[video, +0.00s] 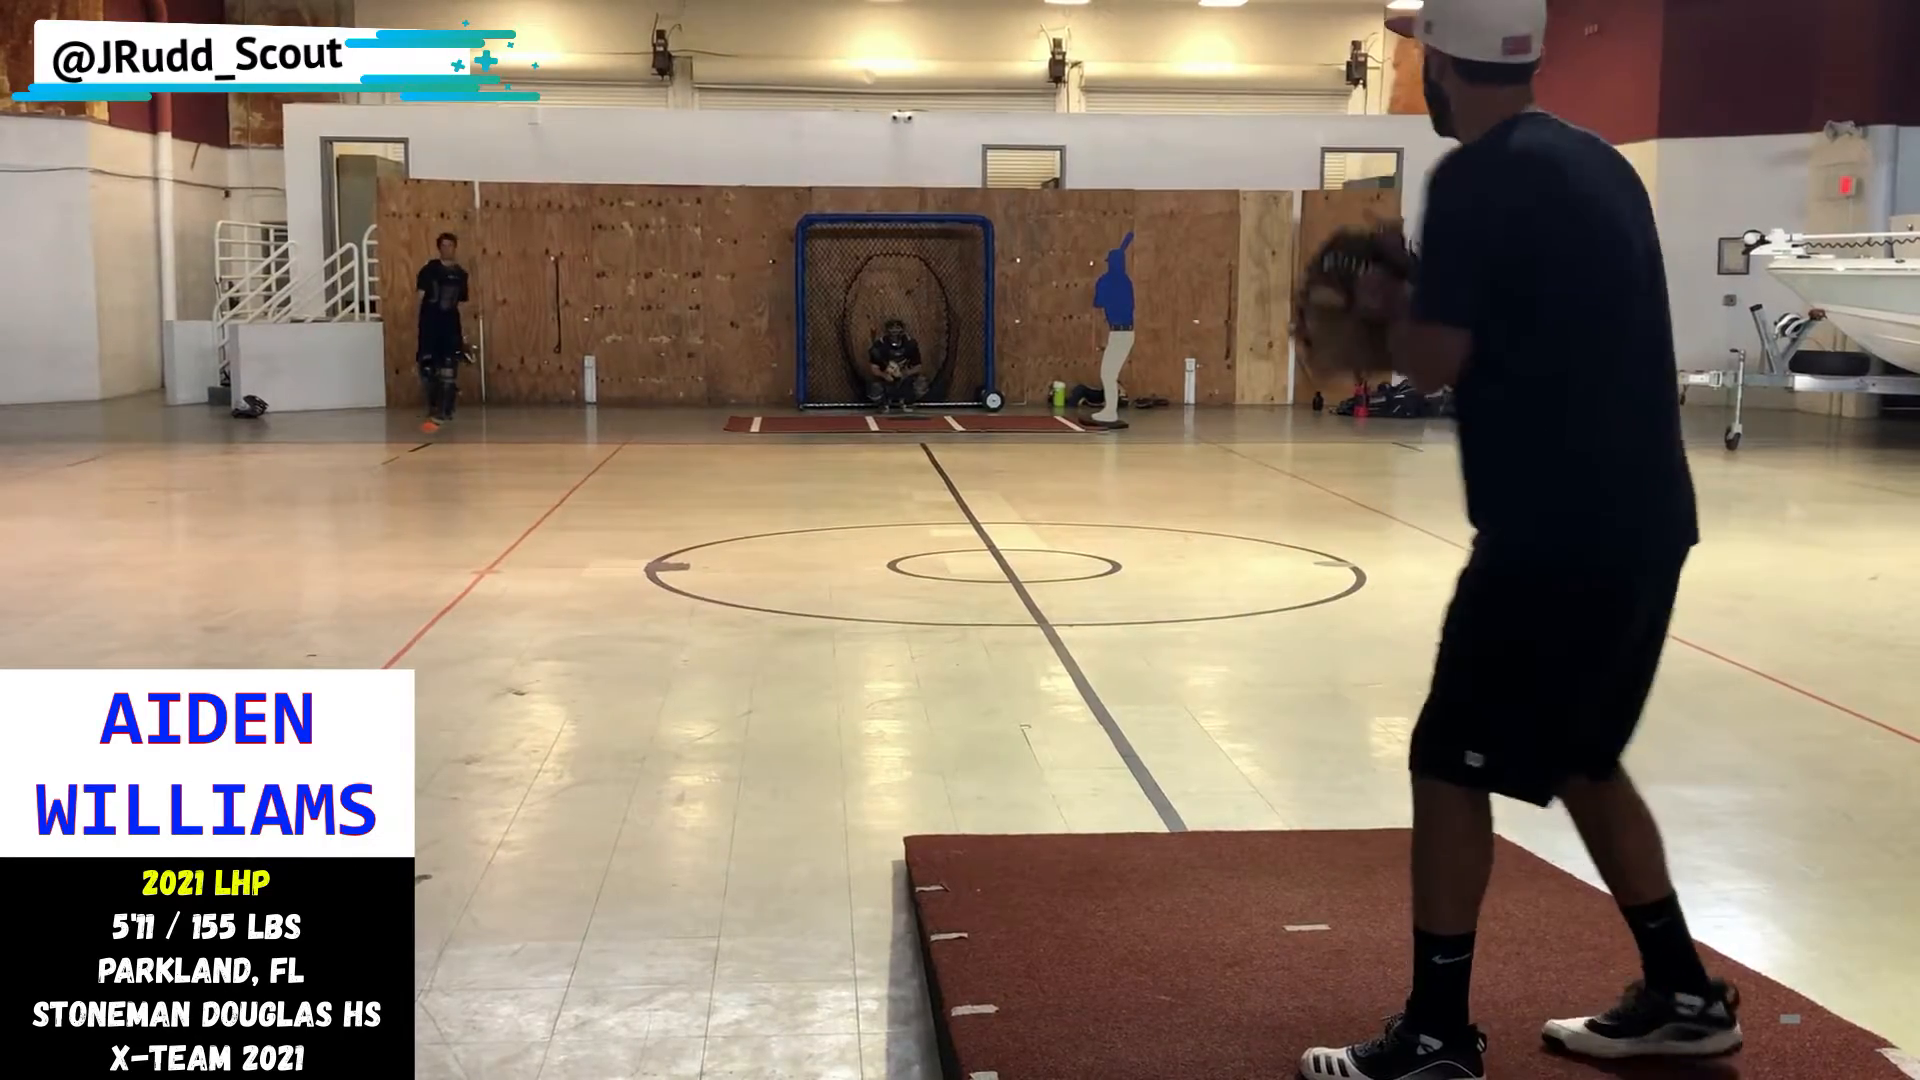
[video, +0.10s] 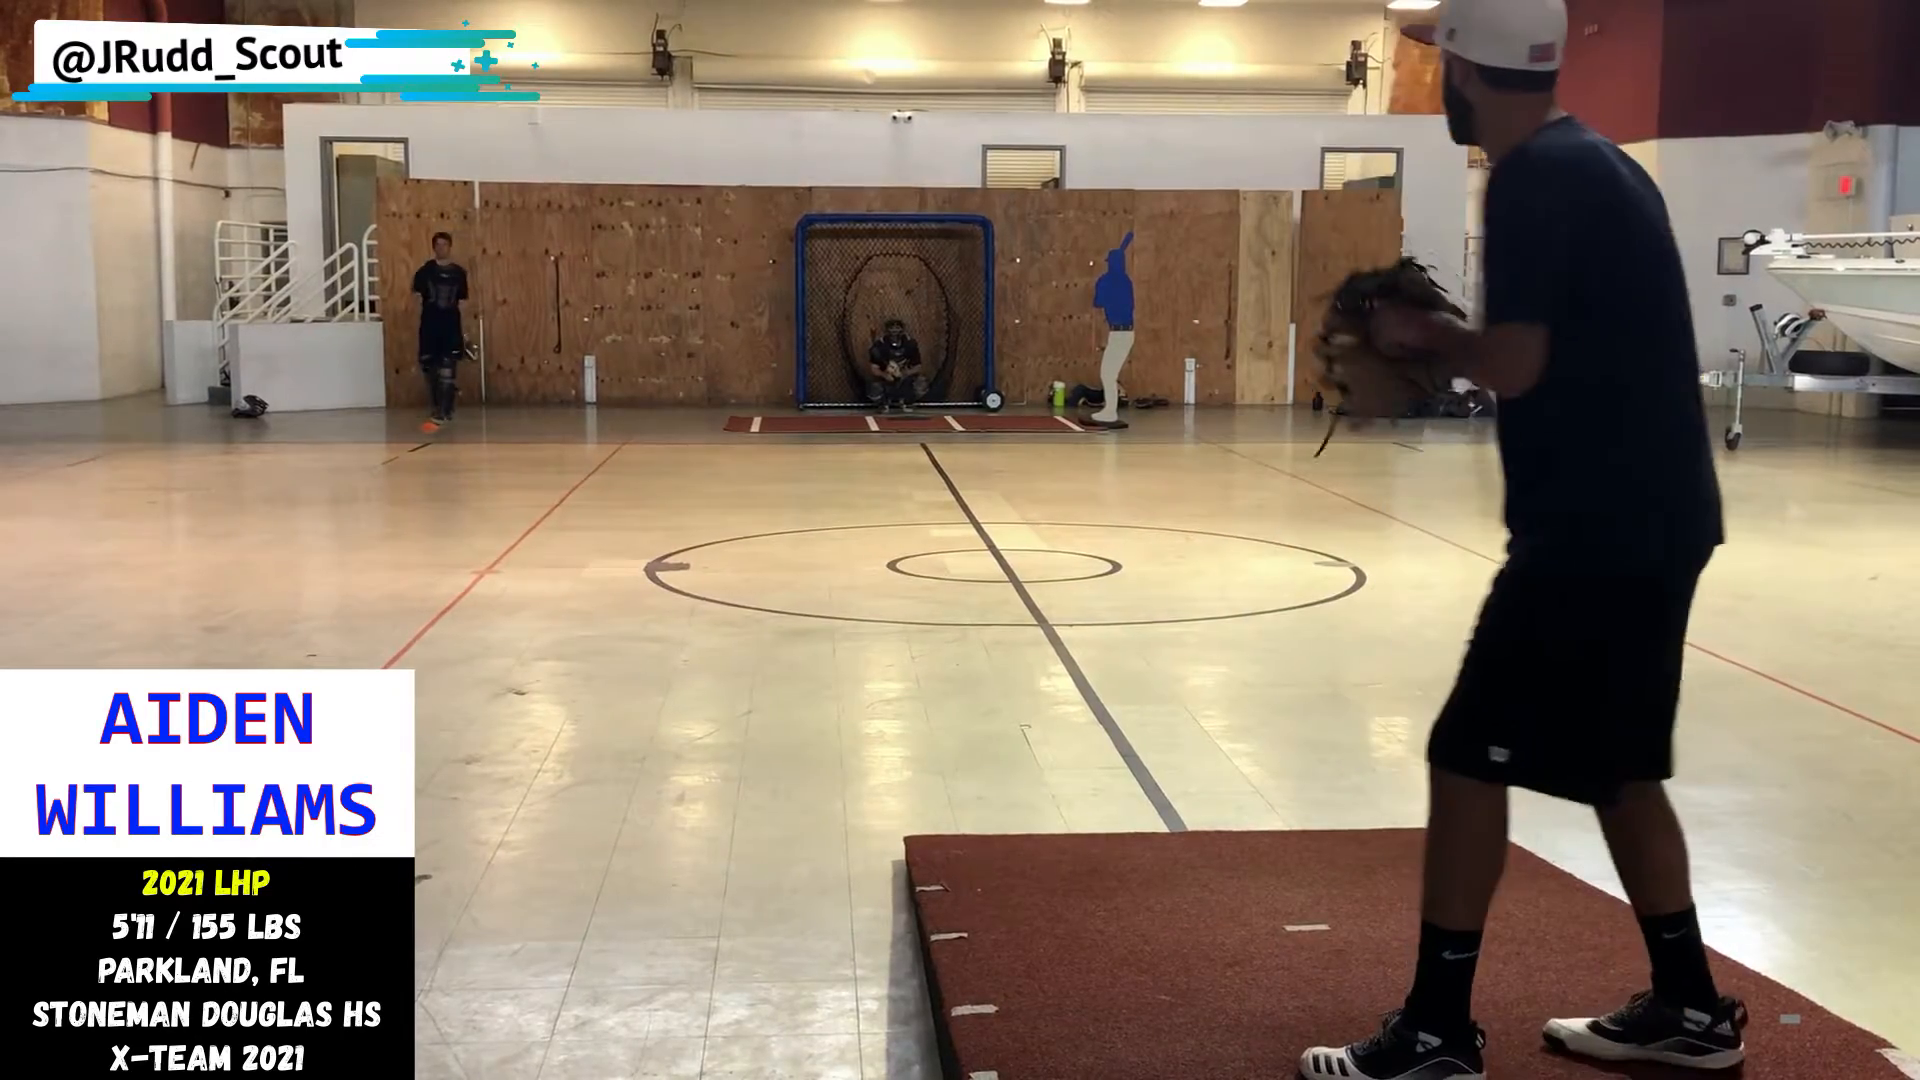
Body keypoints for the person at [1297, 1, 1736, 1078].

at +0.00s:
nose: (1418, 77)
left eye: (1421, 56)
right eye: (1422, 55)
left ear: (1440, 62)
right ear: (1529, 59)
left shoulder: (1473, 180)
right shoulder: (1601, 164)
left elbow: (1435, 360)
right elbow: (1560, 334)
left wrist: (1381, 315)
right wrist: (1419, 285)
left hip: (1544, 536)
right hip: (1644, 522)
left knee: (1446, 761)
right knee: (1580, 750)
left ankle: (1435, 1031)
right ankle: (1682, 991)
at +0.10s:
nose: (1442, 95)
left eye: (1443, 72)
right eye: (1443, 73)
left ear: (1467, 71)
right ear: (1547, 69)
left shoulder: (1530, 178)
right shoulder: (1604, 169)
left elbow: (1517, 363)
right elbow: (1567, 355)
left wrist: (1425, 339)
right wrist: (1453, 336)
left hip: (1580, 534)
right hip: (1657, 525)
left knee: (1465, 754)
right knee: (1622, 762)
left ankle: (1436, 1026)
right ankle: (1688, 1002)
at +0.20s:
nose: (1465, 97)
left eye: (1469, 72)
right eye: (1465, 74)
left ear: (1502, 71)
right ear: (1559, 70)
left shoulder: (1579, 174)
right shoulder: (1600, 168)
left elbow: (1584, 352)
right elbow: (1581, 344)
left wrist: (1458, 348)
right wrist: (1470, 352)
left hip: (1622, 533)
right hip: (1665, 526)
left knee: (1496, 748)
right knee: (1639, 758)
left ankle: (1446, 1018)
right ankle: (1690, 1005)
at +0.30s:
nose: (1485, 89)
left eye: (1489, 66)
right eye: (1488, 67)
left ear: (1513, 67)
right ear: (1585, 62)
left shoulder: (1609, 174)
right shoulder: (1612, 168)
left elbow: (1616, 346)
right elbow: (1602, 338)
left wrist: (1478, 343)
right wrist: (1487, 336)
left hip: (1639, 540)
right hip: (1667, 532)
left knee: (1525, 753)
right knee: (1657, 754)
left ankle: (1469, 1023)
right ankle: (1693, 1003)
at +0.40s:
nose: (1497, 88)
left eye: (1502, 63)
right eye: (1498, 65)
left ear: (1533, 66)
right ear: (1595, 63)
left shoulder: (1626, 175)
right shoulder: (1626, 169)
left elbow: (1622, 347)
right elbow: (1612, 341)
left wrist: (1475, 332)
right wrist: (1486, 326)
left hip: (1645, 545)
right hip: (1676, 538)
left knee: (1540, 766)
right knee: (1667, 756)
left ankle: (1471, 1028)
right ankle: (1695, 1003)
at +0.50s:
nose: (1501, 85)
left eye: (1508, 61)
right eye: (1503, 62)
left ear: (1539, 66)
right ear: (1601, 64)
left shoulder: (1633, 175)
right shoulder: (1611, 174)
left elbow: (1611, 347)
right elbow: (1593, 342)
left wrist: (1460, 315)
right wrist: (1471, 313)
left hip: (1645, 546)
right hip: (1671, 539)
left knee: (1525, 758)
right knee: (1669, 758)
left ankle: (1471, 1028)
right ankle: (1696, 1004)